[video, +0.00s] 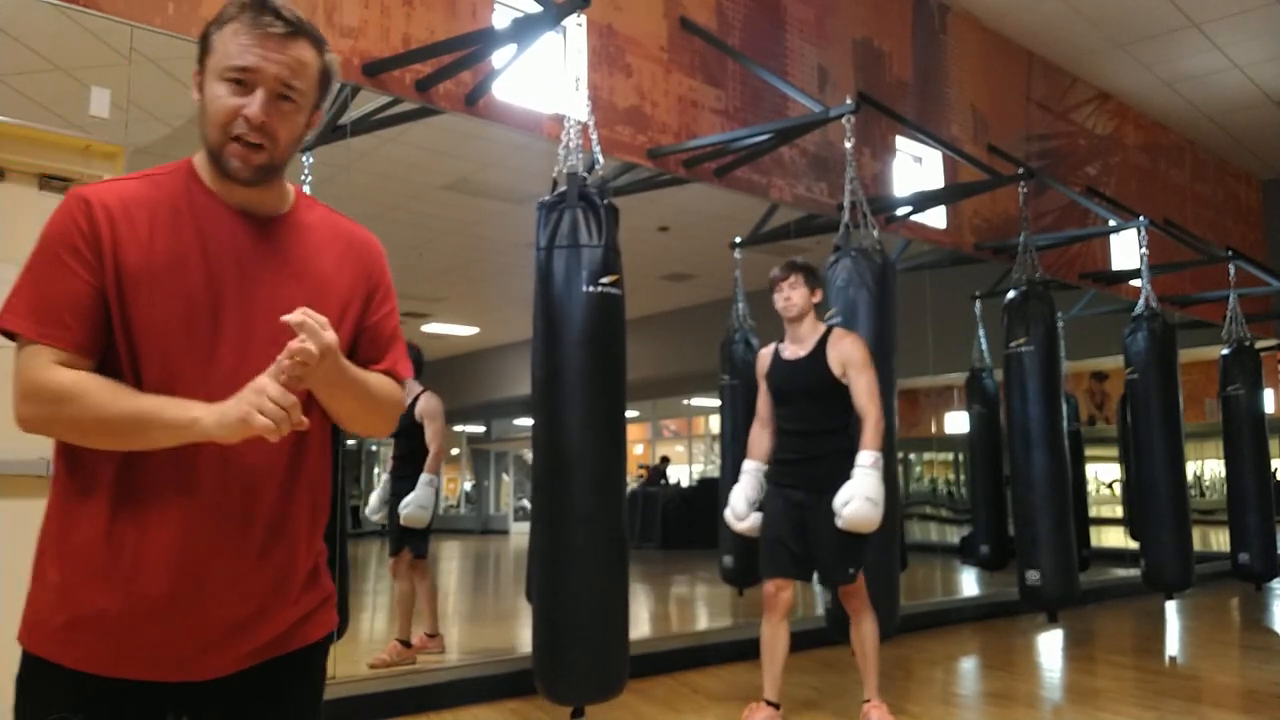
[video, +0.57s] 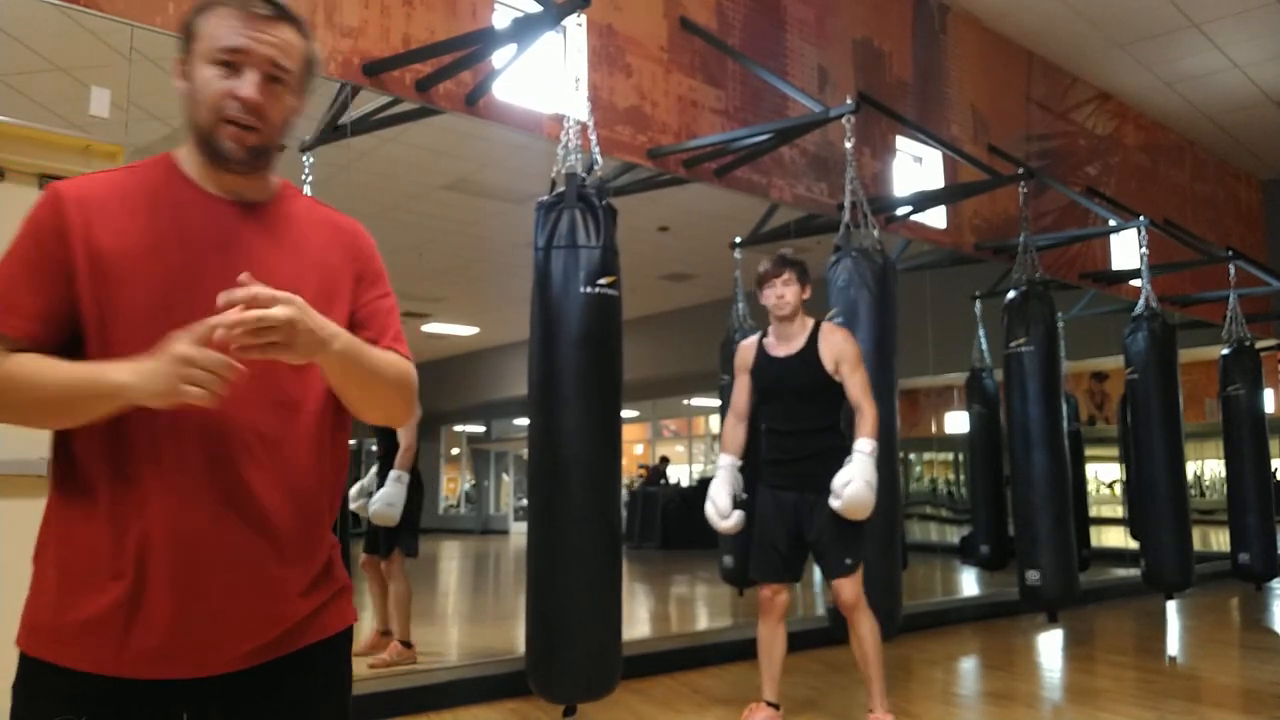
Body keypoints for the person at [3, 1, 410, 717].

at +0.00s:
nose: (256, 113)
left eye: (286, 97)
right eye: (238, 83)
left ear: (314, 118)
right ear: (198, 84)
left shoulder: (355, 256)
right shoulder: (100, 215)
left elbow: (385, 414)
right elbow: (38, 393)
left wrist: (334, 375)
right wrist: (211, 418)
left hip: (273, 654)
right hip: (96, 646)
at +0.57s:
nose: (250, 93)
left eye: (276, 77)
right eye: (229, 65)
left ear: (300, 103)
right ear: (183, 72)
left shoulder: (344, 244)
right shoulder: (76, 215)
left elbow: (399, 404)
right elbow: (6, 373)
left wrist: (323, 341)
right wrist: (133, 378)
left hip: (289, 650)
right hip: (96, 648)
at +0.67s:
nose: (197, 76)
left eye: (224, 60)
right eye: (174, 51)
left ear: (255, 88)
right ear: (132, 67)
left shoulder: (320, 233)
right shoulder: (40, 219)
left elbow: (397, 389)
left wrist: (326, 353)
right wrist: (72, 347)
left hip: (286, 645)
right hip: (83, 648)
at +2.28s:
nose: (259, 92)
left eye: (290, 78)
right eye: (241, 61)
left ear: (313, 103)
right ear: (195, 61)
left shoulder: (355, 243)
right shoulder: (82, 210)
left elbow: (401, 391)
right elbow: (7, 381)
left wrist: (381, 423)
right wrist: (145, 423)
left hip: (277, 658)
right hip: (91, 653)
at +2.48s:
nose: (289, 99)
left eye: (318, 84)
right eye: (270, 68)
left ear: (341, 106)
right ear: (225, 72)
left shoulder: (376, 248)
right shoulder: (117, 208)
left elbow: (416, 400)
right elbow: (47, 387)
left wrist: (374, 419)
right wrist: (202, 422)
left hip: (295, 651)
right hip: (116, 646)